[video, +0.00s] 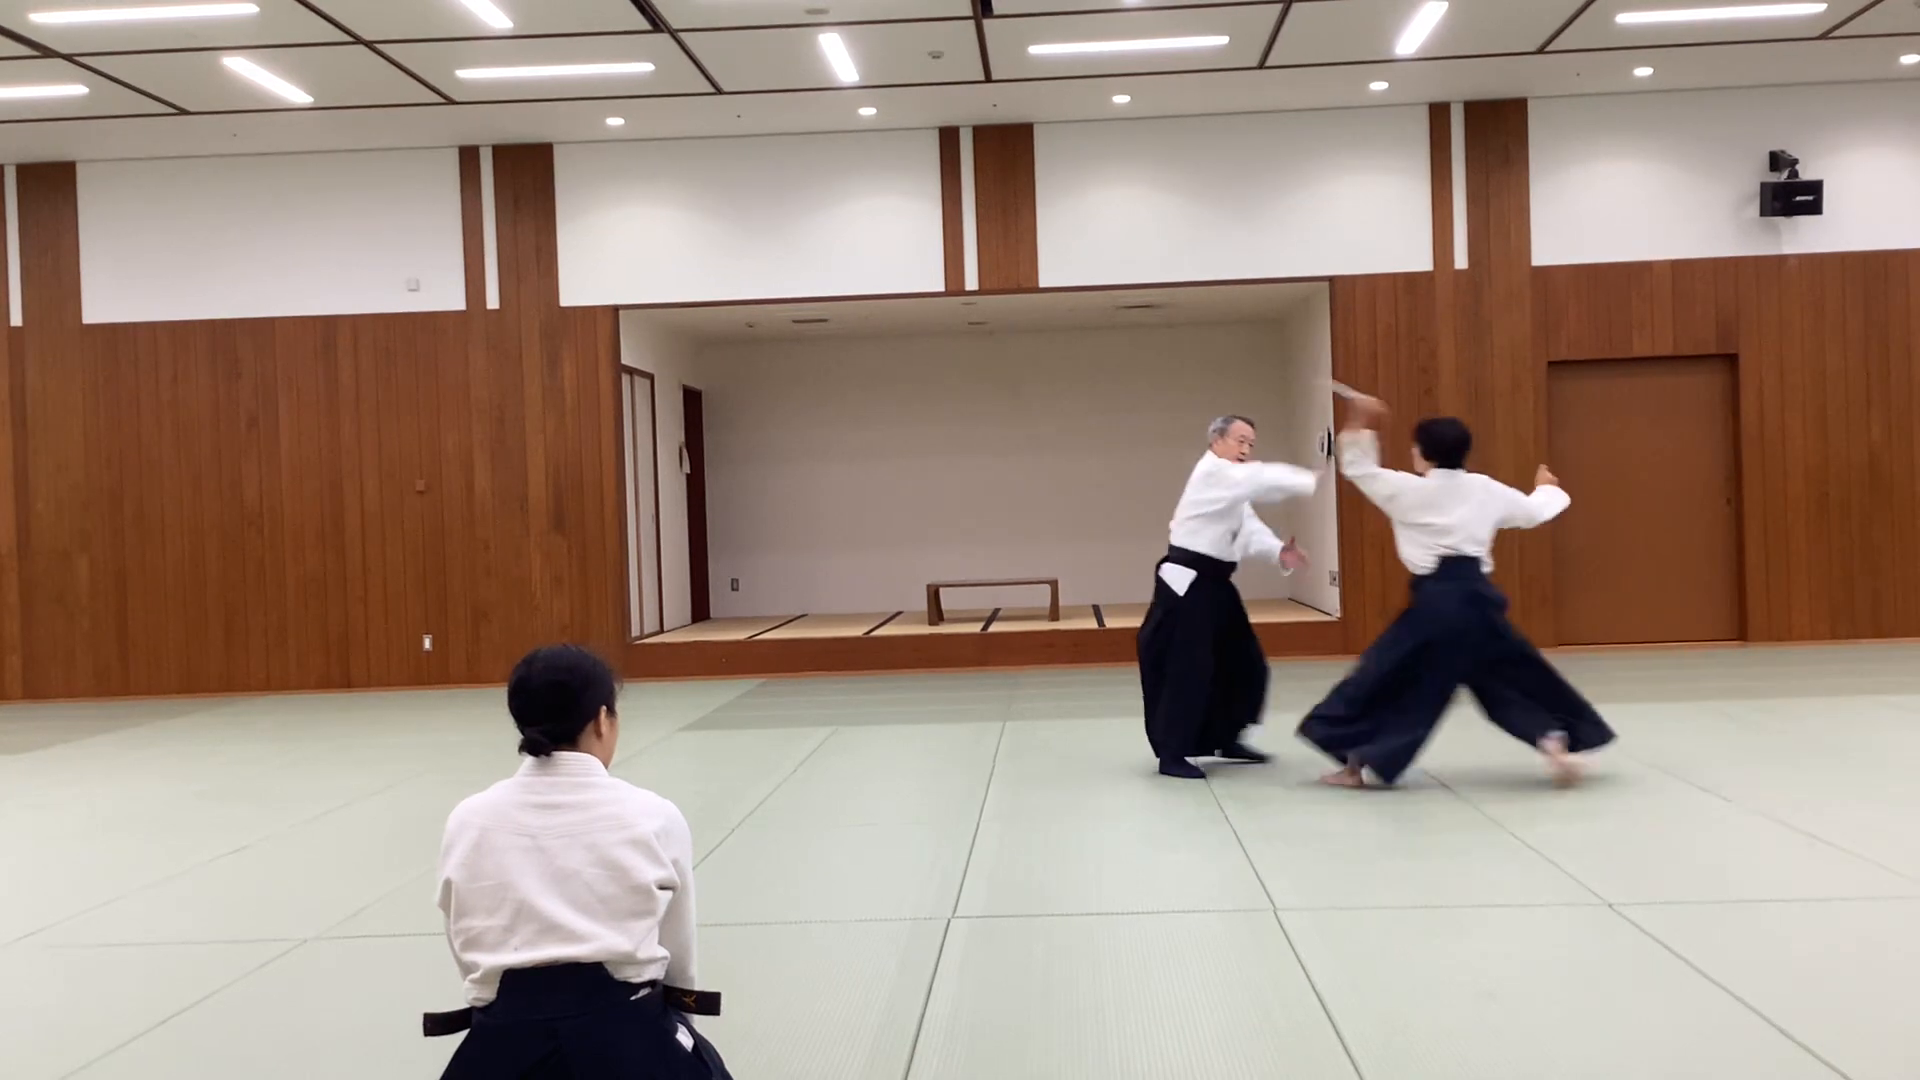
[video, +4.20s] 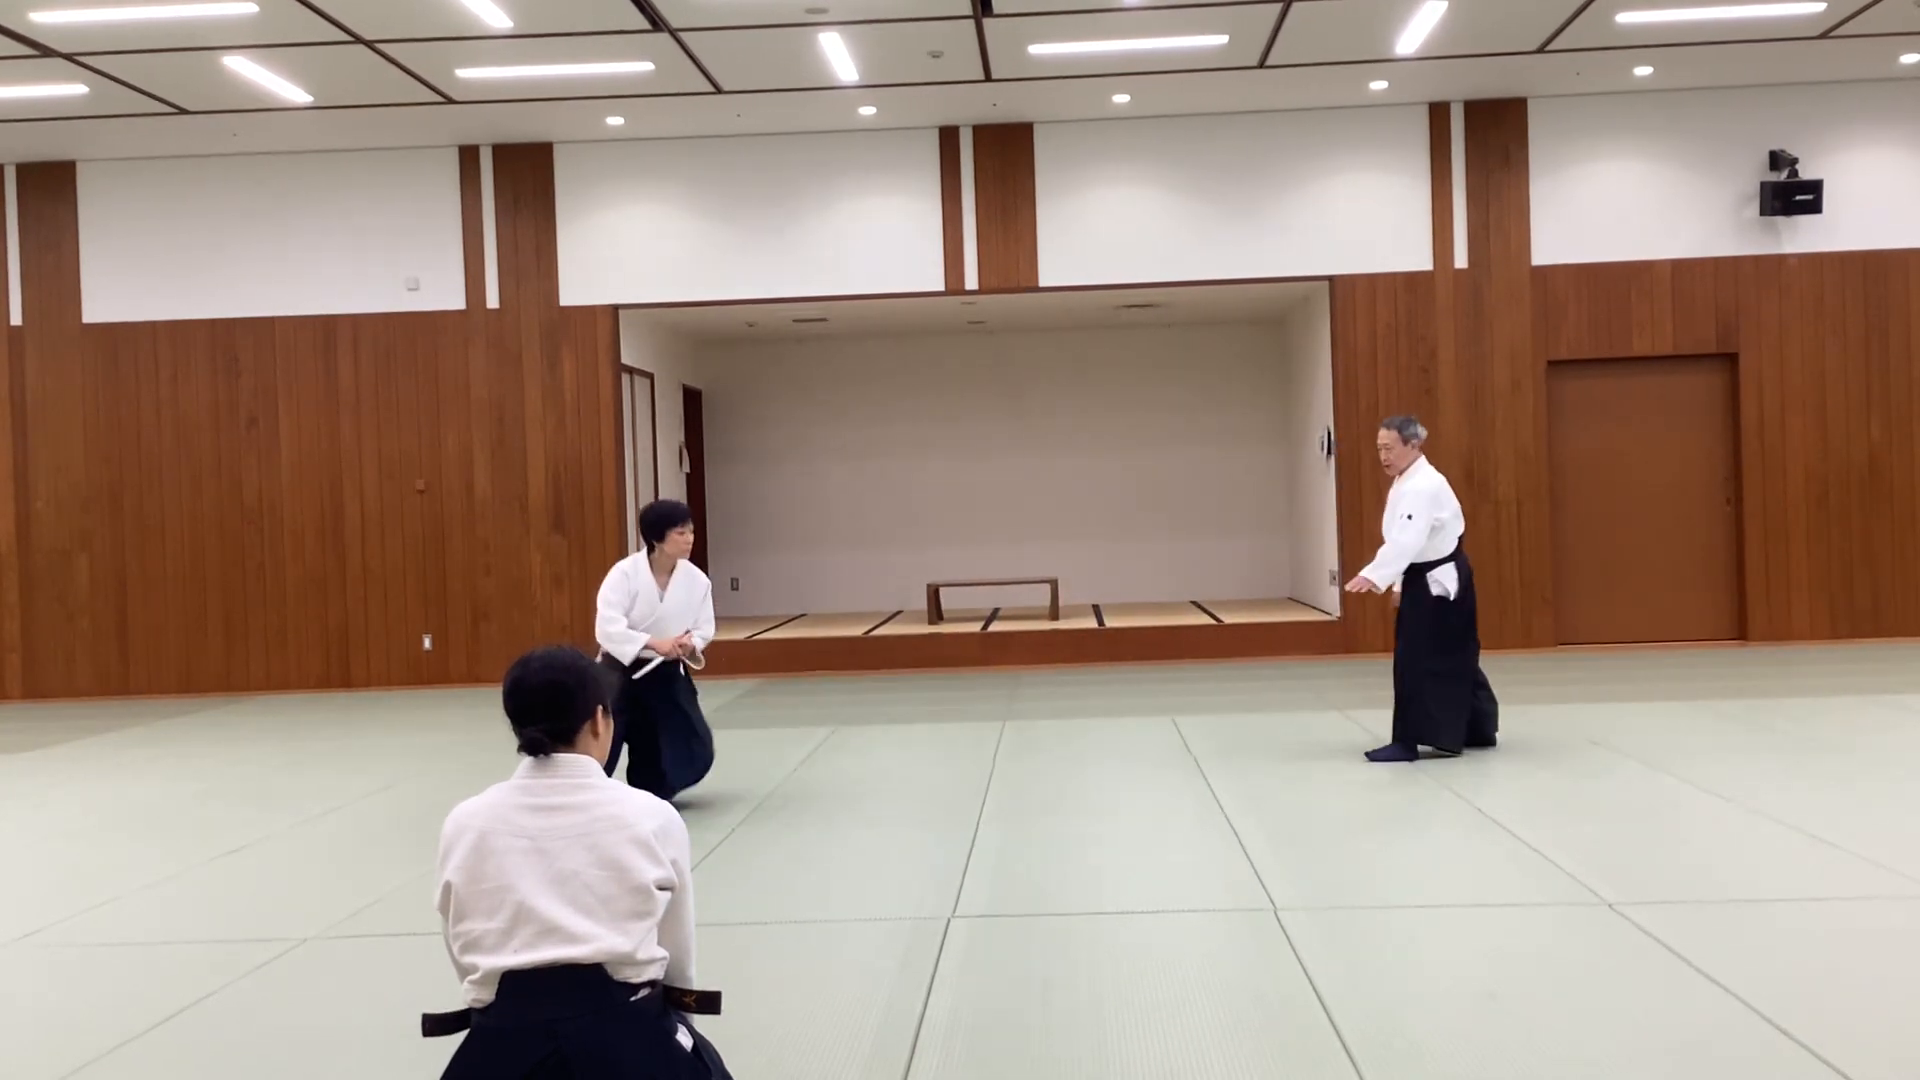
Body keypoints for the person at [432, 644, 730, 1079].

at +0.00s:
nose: (615, 726)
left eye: (615, 713)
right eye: (615, 714)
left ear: (524, 723)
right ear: (601, 722)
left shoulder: (467, 821)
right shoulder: (654, 817)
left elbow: (467, 956)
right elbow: (679, 966)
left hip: (503, 1047)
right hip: (628, 1044)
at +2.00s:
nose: (610, 729)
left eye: (610, 715)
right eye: (610, 716)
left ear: (519, 725)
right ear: (598, 721)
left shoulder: (465, 823)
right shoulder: (653, 817)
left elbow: (466, 960)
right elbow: (678, 967)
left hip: (503, 1049)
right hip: (629, 1045)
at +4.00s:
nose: (609, 727)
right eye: (608, 716)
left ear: (518, 726)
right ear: (597, 721)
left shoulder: (465, 823)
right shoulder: (652, 816)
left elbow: (464, 958)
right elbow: (678, 962)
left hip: (503, 1049)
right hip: (629, 1045)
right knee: (697, 1048)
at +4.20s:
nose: (610, 727)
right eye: (610, 715)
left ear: (518, 725)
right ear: (598, 721)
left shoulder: (465, 823)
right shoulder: (652, 817)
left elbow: (464, 958)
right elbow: (678, 963)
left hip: (503, 1049)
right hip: (630, 1045)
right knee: (698, 1049)